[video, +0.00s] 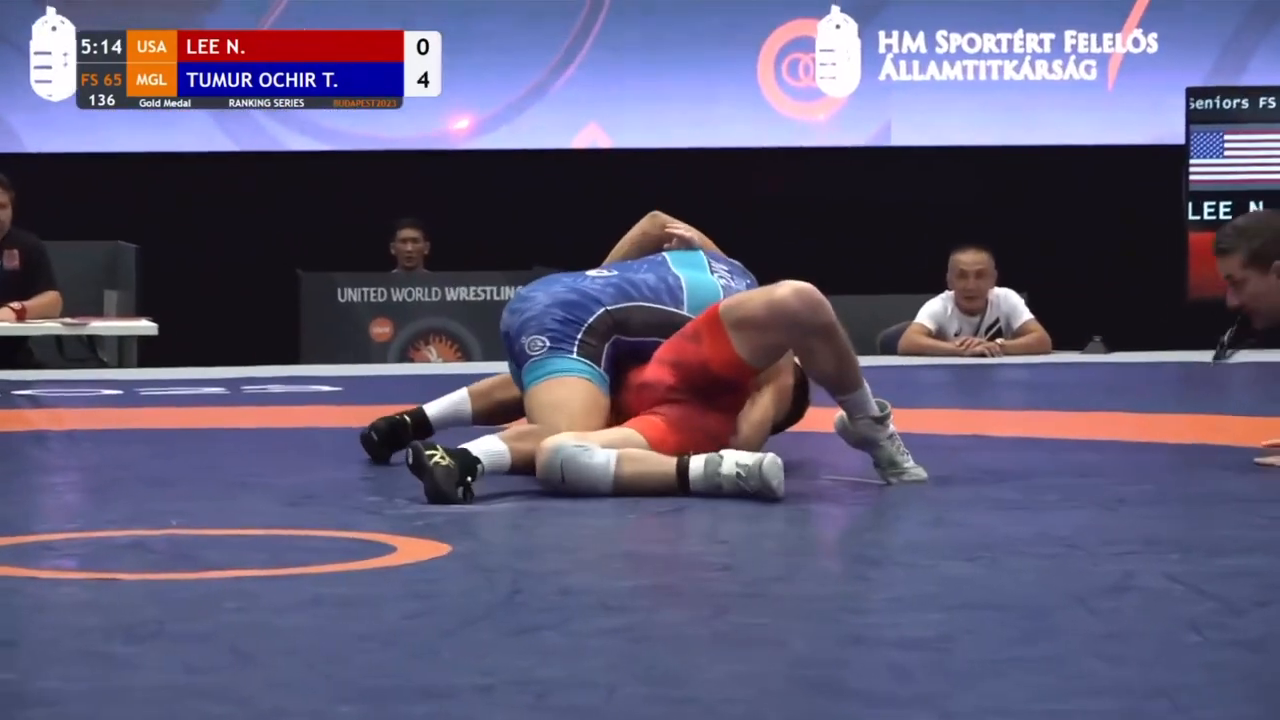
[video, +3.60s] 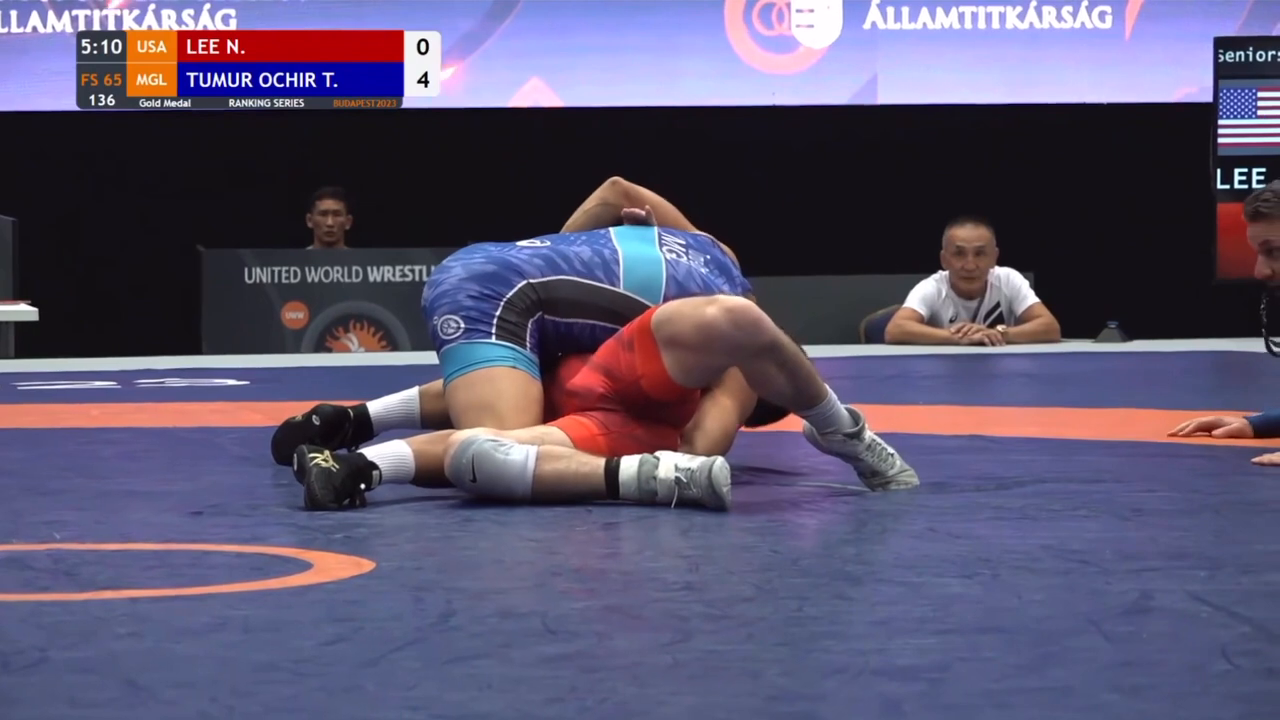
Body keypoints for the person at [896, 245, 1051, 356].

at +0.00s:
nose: (970, 285)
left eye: (980, 276)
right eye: (962, 276)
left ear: (994, 278)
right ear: (949, 279)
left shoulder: (1007, 299)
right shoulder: (938, 305)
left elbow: (1043, 343)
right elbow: (907, 344)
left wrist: (996, 346)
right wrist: (963, 349)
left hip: (1000, 385)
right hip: (948, 386)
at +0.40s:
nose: (978, 262)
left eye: (988, 252)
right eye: (968, 252)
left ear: (1003, 254)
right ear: (953, 254)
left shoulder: (1018, 277)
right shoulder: (941, 284)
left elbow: (1057, 325)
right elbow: (908, 327)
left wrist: (1006, 329)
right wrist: (969, 332)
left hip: (1010, 372)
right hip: (953, 373)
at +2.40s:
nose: (972, 264)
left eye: (983, 253)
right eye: (962, 253)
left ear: (998, 255)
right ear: (946, 255)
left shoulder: (1012, 279)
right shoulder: (934, 287)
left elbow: (1054, 328)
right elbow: (899, 330)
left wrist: (999, 333)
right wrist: (962, 336)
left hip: (1005, 377)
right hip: (947, 378)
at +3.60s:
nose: (969, 265)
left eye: (980, 254)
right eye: (959, 254)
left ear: (995, 255)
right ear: (943, 258)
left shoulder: (1009, 280)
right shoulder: (931, 288)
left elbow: (1051, 329)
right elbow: (896, 331)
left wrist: (997, 334)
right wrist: (959, 337)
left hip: (1001, 379)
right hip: (943, 380)